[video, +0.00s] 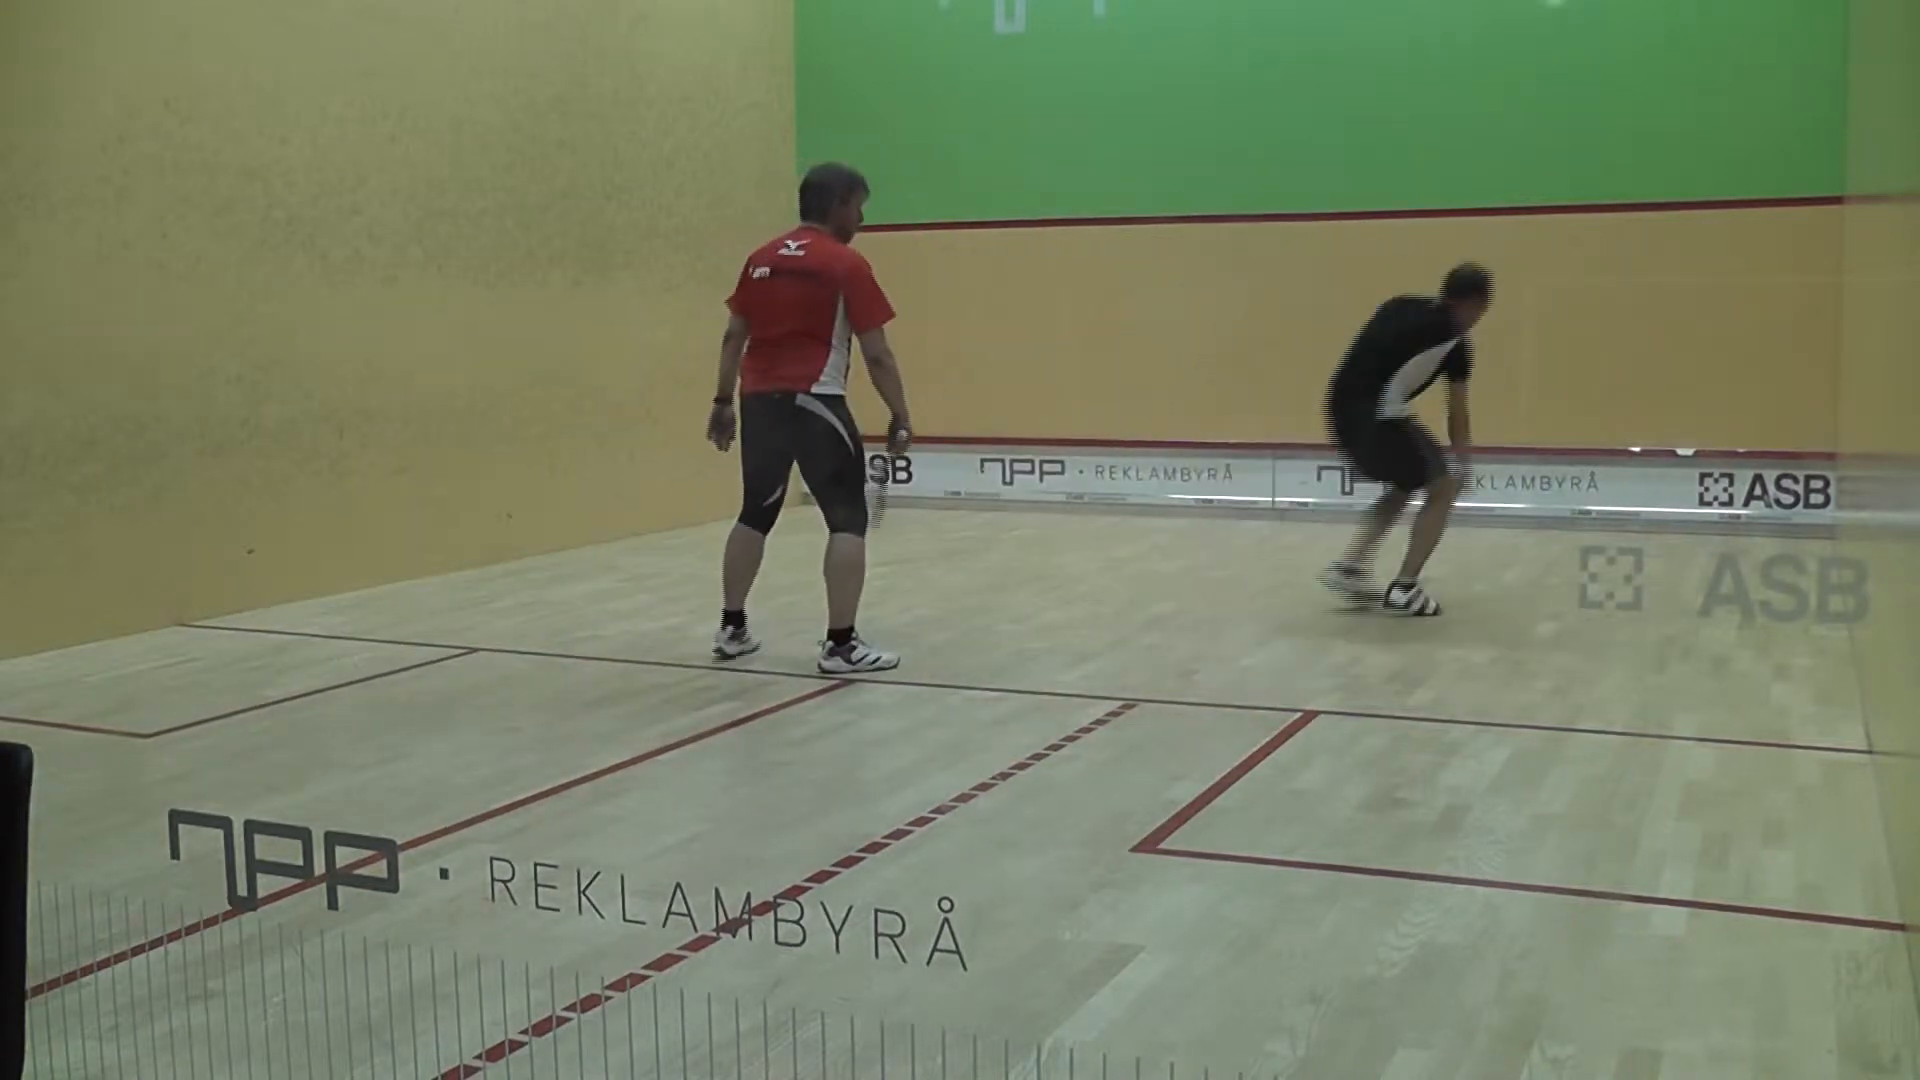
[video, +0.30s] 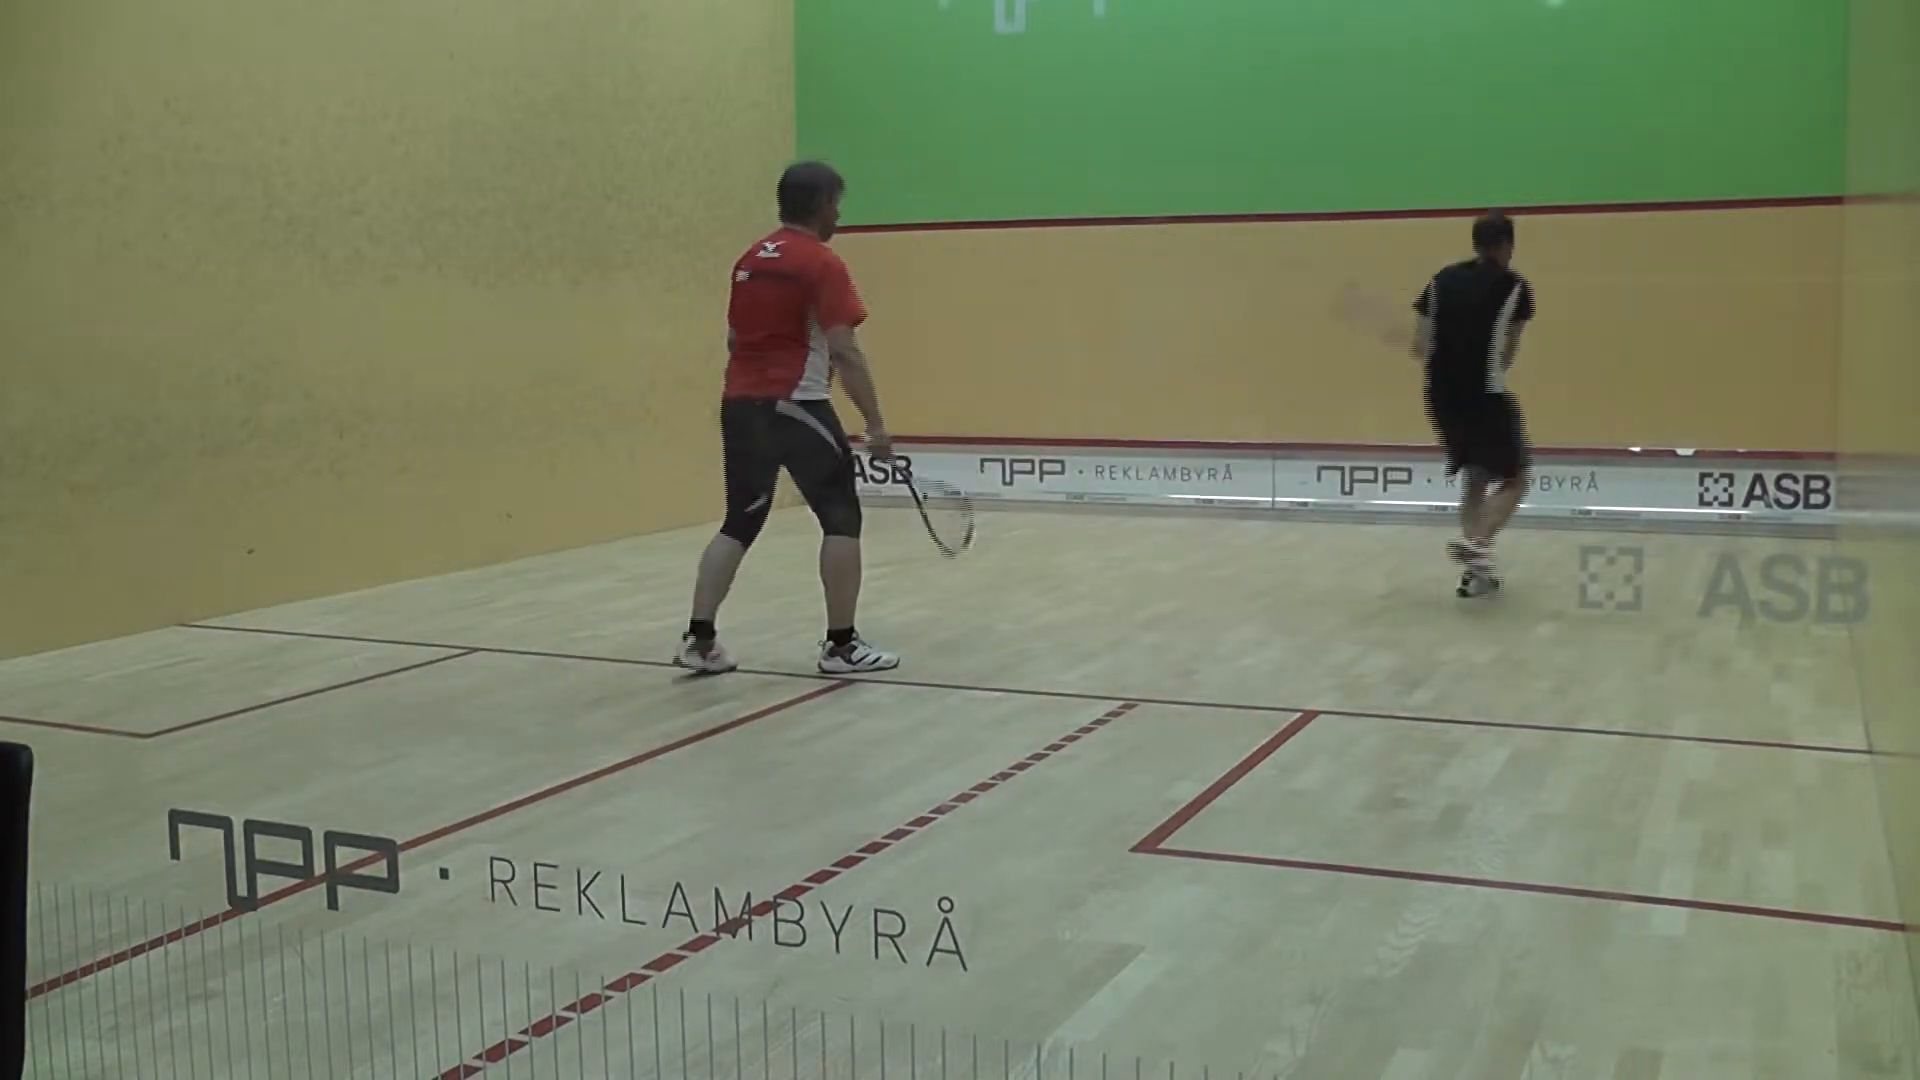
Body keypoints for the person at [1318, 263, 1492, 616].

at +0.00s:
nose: (1482, 313)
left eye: (1484, 305)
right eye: (1481, 305)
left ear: (1447, 294)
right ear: (1464, 302)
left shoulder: (1402, 307)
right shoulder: (1455, 345)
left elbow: (1361, 363)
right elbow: (1457, 410)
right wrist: (1464, 464)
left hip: (1346, 415)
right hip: (1383, 422)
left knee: (1405, 484)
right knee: (1444, 486)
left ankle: (1351, 566)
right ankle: (1405, 586)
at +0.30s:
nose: (1510, 252)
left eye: (1506, 245)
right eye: (1510, 246)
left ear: (1475, 244)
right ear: (1507, 245)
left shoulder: (1444, 279)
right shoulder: (1516, 287)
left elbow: (1422, 343)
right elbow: (1509, 349)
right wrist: (1492, 378)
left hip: (1443, 398)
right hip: (1487, 398)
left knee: (1476, 476)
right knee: (1517, 479)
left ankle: (1477, 567)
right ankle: (1477, 540)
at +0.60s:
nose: (1556, 227)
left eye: (1542, 219)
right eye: (1559, 220)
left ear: (1526, 223)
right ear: (1560, 222)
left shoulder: (1504, 268)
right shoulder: (1576, 269)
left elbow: (1486, 331)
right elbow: (1601, 324)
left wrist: (1504, 365)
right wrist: (1618, 370)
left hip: (1517, 386)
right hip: (1565, 386)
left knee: (1509, 472)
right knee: (1582, 471)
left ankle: (1481, 554)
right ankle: (1590, 558)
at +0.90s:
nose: (1538, 219)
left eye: (1542, 212)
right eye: (1540, 212)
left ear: (1556, 214)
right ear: (1577, 215)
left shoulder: (1540, 258)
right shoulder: (1608, 252)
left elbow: (1529, 317)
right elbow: (1629, 312)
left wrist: (1520, 373)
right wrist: (1657, 364)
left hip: (1555, 371)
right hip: (1599, 371)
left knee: (1556, 456)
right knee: (1599, 462)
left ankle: (1561, 542)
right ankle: (1593, 552)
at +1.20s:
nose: (1553, 224)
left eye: (1558, 218)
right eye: (1554, 217)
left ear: (1574, 221)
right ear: (1592, 222)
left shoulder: (1555, 264)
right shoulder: (1620, 260)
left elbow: (1542, 328)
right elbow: (1636, 320)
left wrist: (1529, 385)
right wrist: (1649, 372)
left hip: (1570, 378)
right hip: (1611, 375)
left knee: (1570, 464)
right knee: (1612, 452)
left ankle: (1582, 548)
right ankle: (1622, 524)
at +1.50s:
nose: (1567, 220)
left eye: (1574, 214)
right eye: (1569, 213)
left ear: (1594, 220)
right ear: (1600, 220)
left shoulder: (1591, 261)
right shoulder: (1624, 256)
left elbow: (1591, 321)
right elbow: (1635, 319)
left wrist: (1560, 347)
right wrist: (1600, 341)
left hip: (1595, 370)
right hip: (1623, 369)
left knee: (1579, 457)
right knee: (1614, 452)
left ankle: (1582, 548)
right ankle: (1643, 542)